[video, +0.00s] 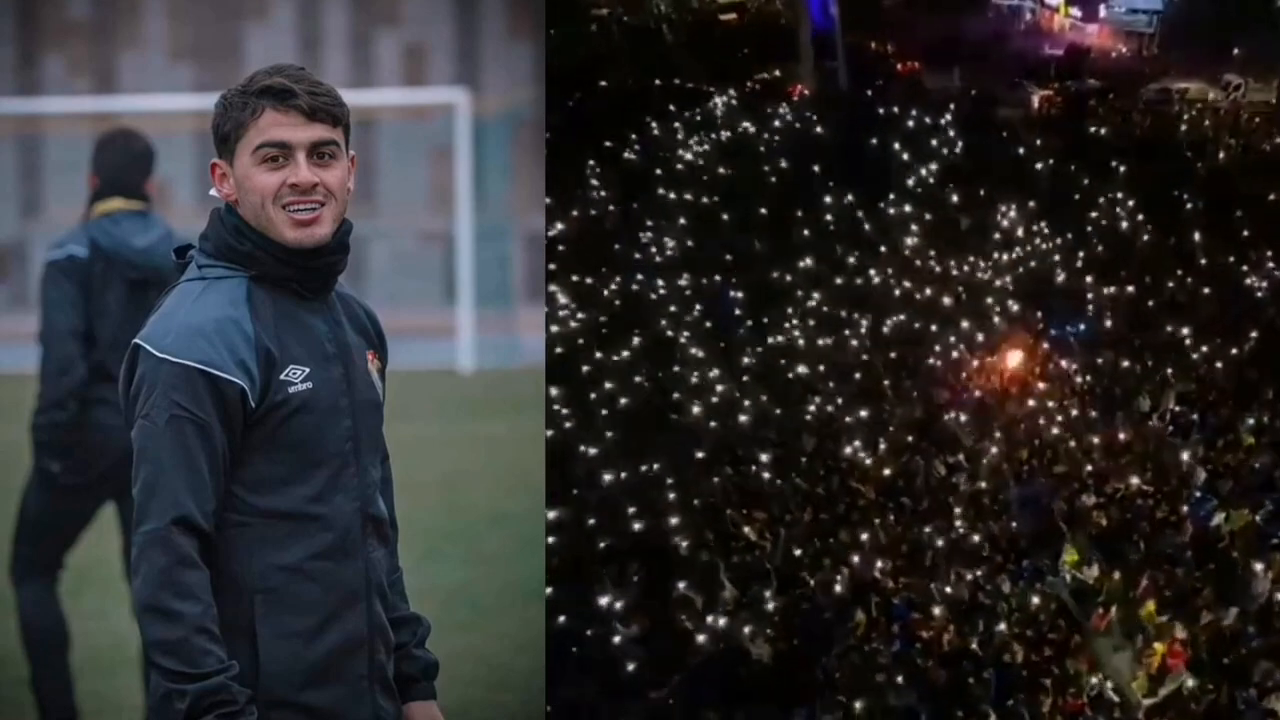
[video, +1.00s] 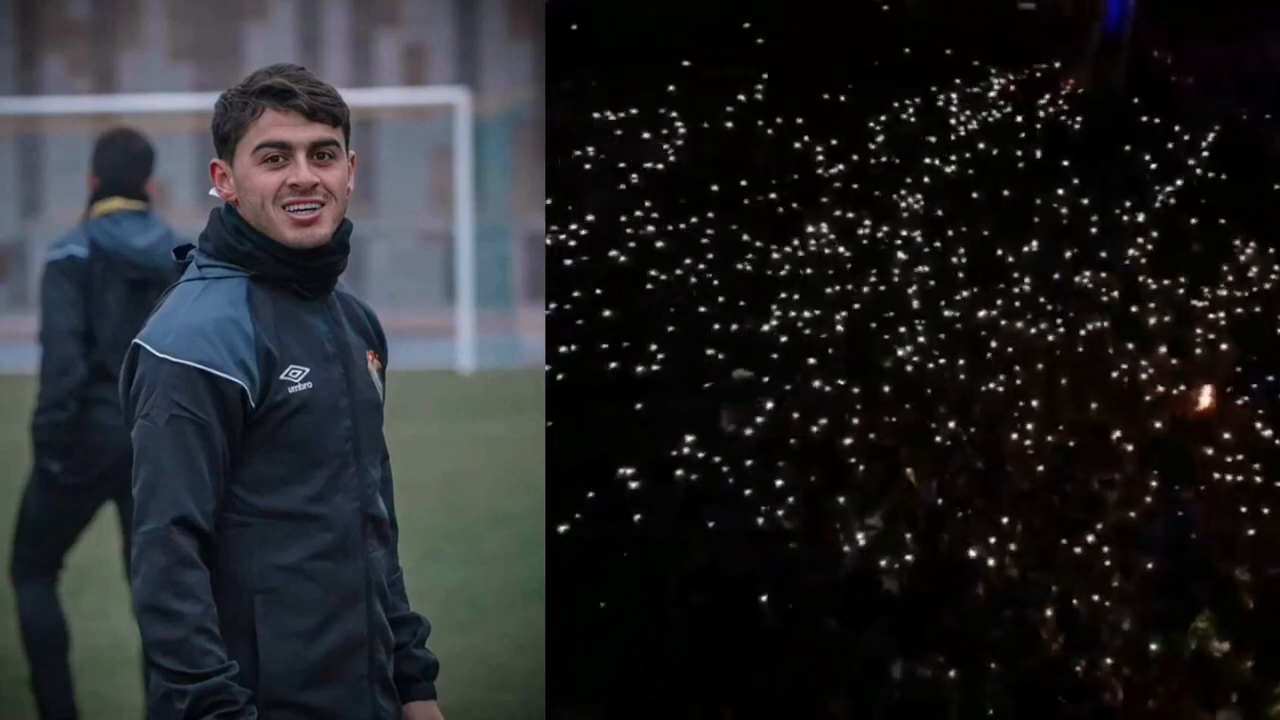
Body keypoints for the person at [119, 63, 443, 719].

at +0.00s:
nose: (305, 178)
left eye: (322, 155)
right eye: (274, 158)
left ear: (349, 171)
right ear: (226, 182)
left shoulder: (356, 323)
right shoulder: (195, 334)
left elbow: (372, 525)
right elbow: (164, 550)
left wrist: (414, 684)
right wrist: (213, 705)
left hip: (366, 690)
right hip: (260, 691)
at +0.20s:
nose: (304, 178)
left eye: (322, 155)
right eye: (274, 158)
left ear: (350, 171)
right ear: (226, 182)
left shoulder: (356, 323)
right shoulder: (195, 334)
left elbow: (372, 525)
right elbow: (164, 550)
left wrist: (414, 684)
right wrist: (213, 705)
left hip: (365, 690)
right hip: (259, 691)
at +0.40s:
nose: (305, 178)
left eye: (322, 155)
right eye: (274, 158)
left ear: (349, 171)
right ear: (226, 182)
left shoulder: (356, 323)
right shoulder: (195, 334)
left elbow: (372, 525)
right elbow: (164, 550)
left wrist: (414, 684)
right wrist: (213, 705)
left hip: (366, 690)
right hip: (260, 691)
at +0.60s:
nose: (305, 178)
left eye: (322, 155)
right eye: (274, 158)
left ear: (349, 171)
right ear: (226, 182)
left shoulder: (356, 323)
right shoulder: (195, 334)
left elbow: (372, 525)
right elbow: (164, 550)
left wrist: (414, 684)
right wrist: (213, 705)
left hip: (365, 690)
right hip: (260, 691)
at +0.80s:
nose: (305, 178)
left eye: (322, 155)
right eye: (274, 158)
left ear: (349, 171)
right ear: (226, 182)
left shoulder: (356, 323)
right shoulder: (195, 334)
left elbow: (372, 525)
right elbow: (164, 550)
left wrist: (414, 684)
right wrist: (213, 705)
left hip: (365, 690)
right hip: (260, 691)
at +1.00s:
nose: (305, 178)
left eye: (322, 155)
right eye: (274, 158)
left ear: (349, 171)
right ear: (226, 182)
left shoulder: (356, 323)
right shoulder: (195, 334)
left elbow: (372, 525)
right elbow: (164, 550)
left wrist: (414, 684)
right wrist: (213, 705)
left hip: (365, 690)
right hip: (260, 691)